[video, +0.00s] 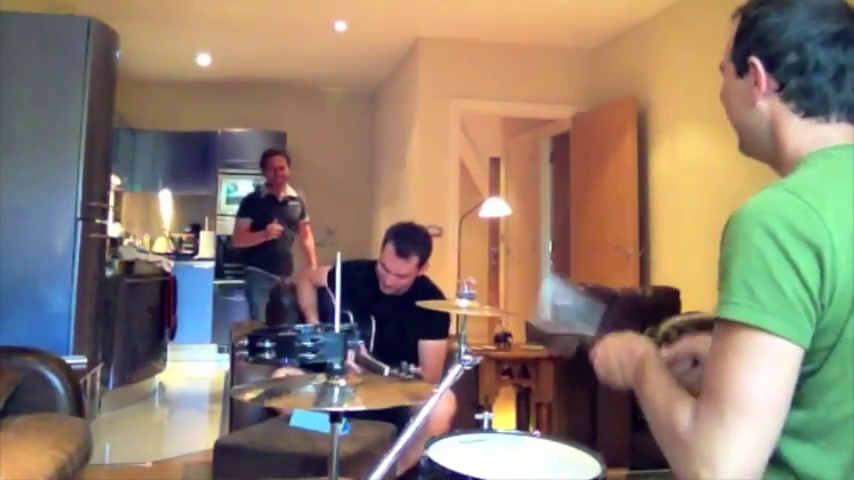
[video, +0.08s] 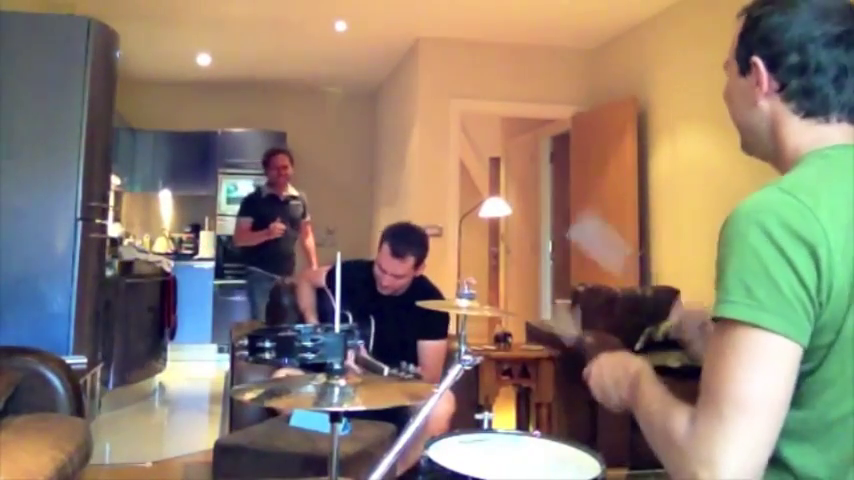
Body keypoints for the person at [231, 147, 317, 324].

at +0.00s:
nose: (279, 173)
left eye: (282, 169)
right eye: (273, 169)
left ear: (289, 170)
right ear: (264, 172)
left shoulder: (296, 200)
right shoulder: (252, 201)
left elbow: (306, 234)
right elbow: (238, 239)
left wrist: (312, 265)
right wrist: (265, 235)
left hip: (286, 273)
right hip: (258, 272)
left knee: (287, 324)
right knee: (261, 324)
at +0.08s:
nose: (282, 173)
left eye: (285, 168)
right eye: (276, 168)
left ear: (292, 170)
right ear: (266, 171)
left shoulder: (298, 200)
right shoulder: (253, 200)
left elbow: (306, 233)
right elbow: (240, 238)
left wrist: (313, 265)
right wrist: (267, 234)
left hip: (287, 274)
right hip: (260, 273)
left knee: (288, 324)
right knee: (262, 324)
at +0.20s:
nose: (288, 172)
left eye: (291, 167)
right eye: (282, 168)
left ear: (297, 169)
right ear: (272, 170)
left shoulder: (303, 199)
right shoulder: (258, 199)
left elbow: (309, 235)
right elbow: (245, 237)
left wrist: (313, 268)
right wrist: (274, 234)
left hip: (295, 275)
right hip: (264, 274)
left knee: (294, 326)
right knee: (265, 326)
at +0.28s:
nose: (291, 172)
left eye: (295, 167)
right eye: (286, 167)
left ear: (301, 169)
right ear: (275, 170)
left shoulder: (307, 200)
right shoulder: (261, 198)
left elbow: (312, 237)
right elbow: (248, 238)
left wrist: (315, 269)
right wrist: (277, 235)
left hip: (298, 277)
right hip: (266, 276)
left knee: (298, 330)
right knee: (267, 331)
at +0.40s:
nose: (299, 173)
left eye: (303, 168)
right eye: (294, 169)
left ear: (309, 171)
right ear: (284, 171)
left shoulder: (316, 202)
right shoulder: (269, 201)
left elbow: (321, 241)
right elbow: (255, 240)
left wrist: (325, 270)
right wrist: (283, 237)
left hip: (305, 279)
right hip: (273, 278)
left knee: (306, 331)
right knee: (275, 333)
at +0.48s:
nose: (304, 173)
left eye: (308, 168)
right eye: (299, 168)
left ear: (314, 171)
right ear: (288, 171)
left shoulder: (322, 203)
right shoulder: (273, 201)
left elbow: (328, 240)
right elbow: (259, 241)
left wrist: (332, 270)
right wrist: (284, 238)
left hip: (312, 279)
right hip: (277, 278)